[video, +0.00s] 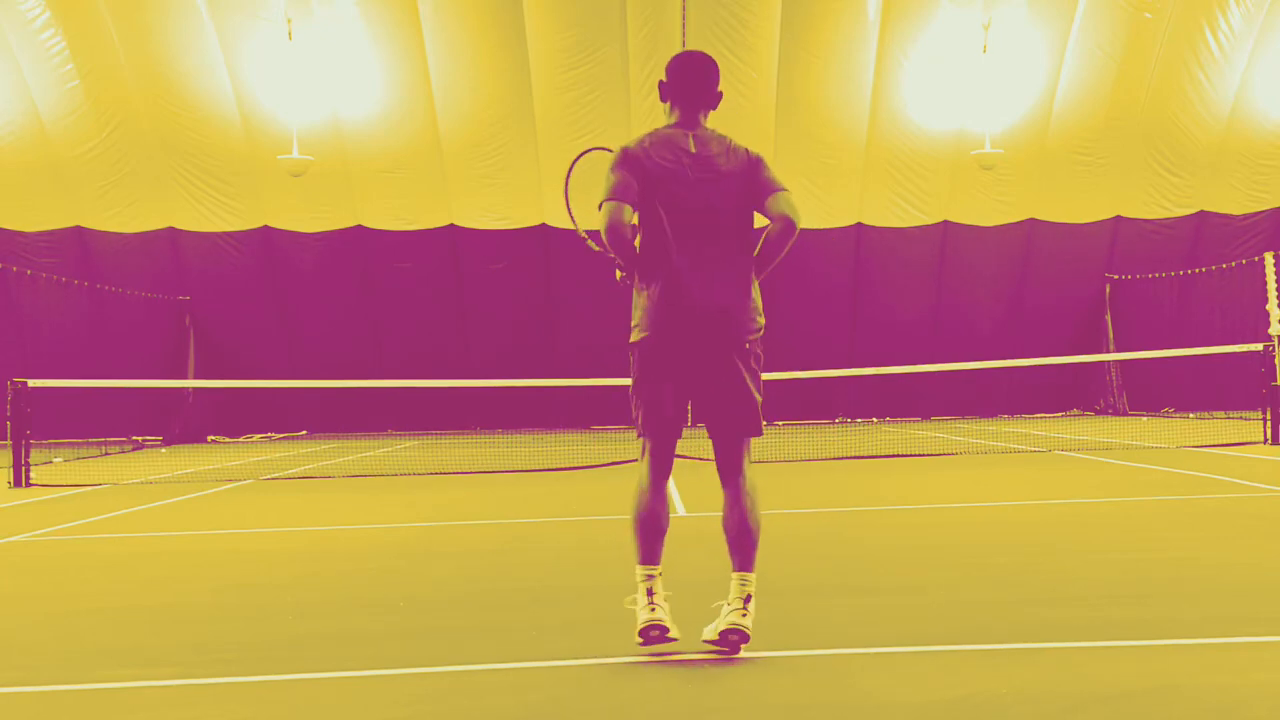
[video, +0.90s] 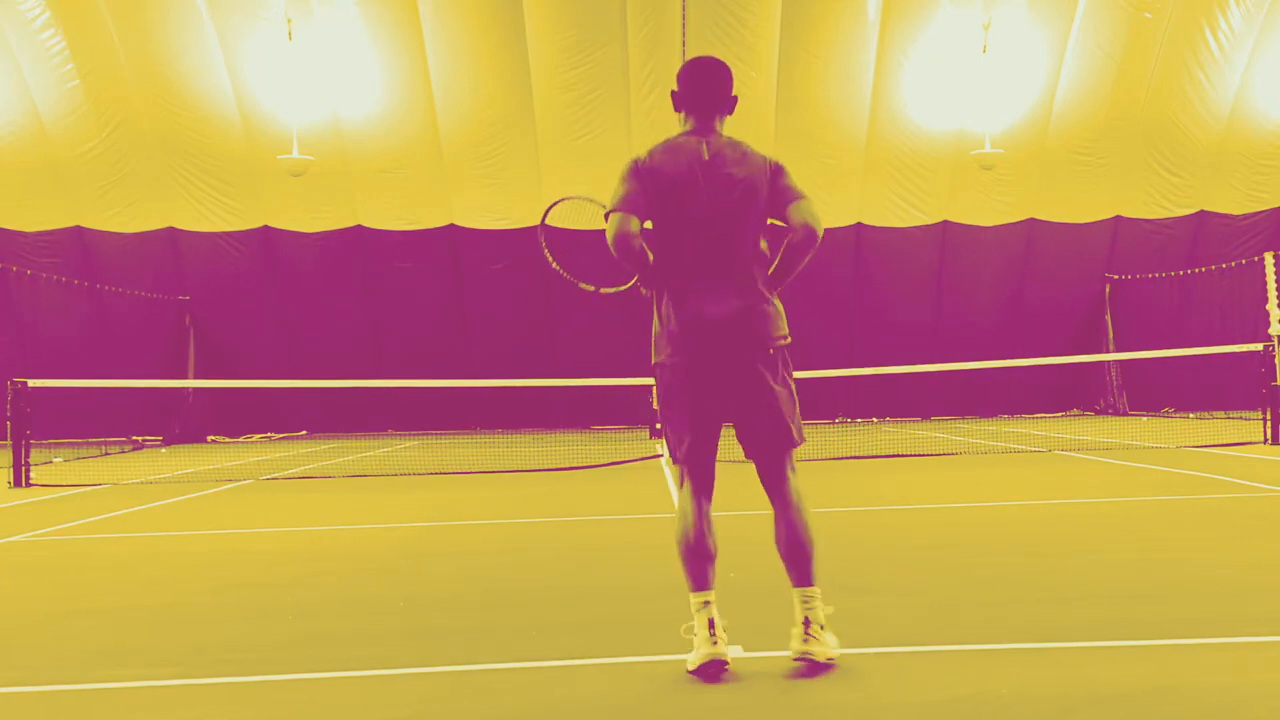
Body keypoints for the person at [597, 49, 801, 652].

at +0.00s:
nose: (682, 105)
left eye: (672, 92)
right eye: (706, 96)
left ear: (664, 94)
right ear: (718, 99)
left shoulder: (636, 155)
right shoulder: (743, 159)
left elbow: (613, 225)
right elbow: (788, 221)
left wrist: (640, 269)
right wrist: (751, 274)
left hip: (662, 326)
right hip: (732, 325)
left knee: (654, 466)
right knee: (736, 469)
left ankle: (650, 602)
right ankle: (739, 608)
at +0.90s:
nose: (700, 115)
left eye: (687, 101)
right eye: (720, 104)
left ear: (676, 103)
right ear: (732, 106)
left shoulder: (648, 166)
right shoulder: (761, 166)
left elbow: (621, 237)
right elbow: (808, 226)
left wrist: (660, 285)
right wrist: (772, 283)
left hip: (685, 342)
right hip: (755, 337)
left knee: (694, 488)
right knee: (782, 482)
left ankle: (706, 632)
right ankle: (811, 624)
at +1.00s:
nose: (710, 135)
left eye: (679, 126)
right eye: (722, 124)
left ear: (673, 125)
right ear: (729, 126)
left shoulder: (644, 189)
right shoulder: (756, 188)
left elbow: (618, 260)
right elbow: (809, 258)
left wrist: (646, 301)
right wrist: (770, 308)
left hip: (684, 366)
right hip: (759, 361)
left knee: (690, 503)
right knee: (791, 498)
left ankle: (709, 642)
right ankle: (835, 636)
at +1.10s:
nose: (707, 116)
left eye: (691, 102)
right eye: (725, 106)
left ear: (679, 107)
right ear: (734, 110)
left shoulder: (650, 171)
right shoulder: (764, 174)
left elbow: (628, 237)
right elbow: (810, 238)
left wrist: (652, 286)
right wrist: (772, 289)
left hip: (683, 351)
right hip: (756, 346)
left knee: (691, 492)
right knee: (780, 480)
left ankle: (705, 633)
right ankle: (808, 619)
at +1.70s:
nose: (688, 108)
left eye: (684, 97)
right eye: (720, 100)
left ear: (682, 99)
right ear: (737, 103)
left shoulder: (656, 157)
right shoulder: (765, 164)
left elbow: (636, 222)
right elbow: (808, 228)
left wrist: (648, 275)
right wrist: (770, 282)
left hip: (685, 339)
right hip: (754, 337)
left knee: (689, 483)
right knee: (774, 477)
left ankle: (699, 618)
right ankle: (794, 612)